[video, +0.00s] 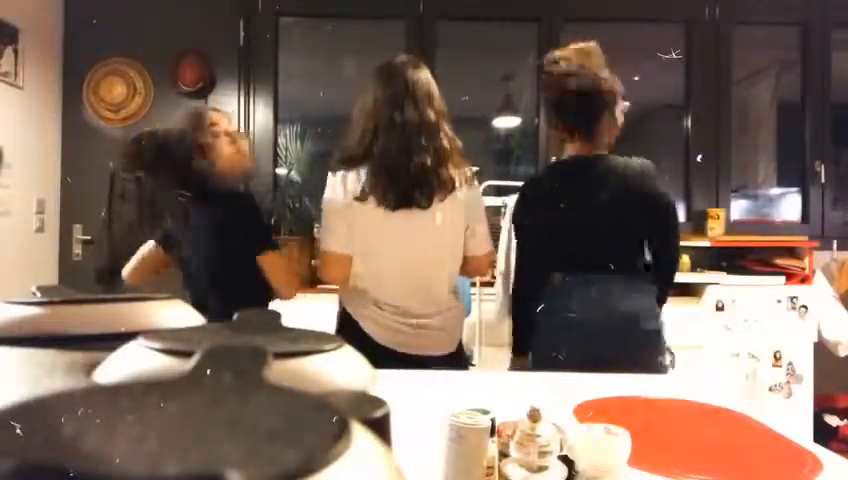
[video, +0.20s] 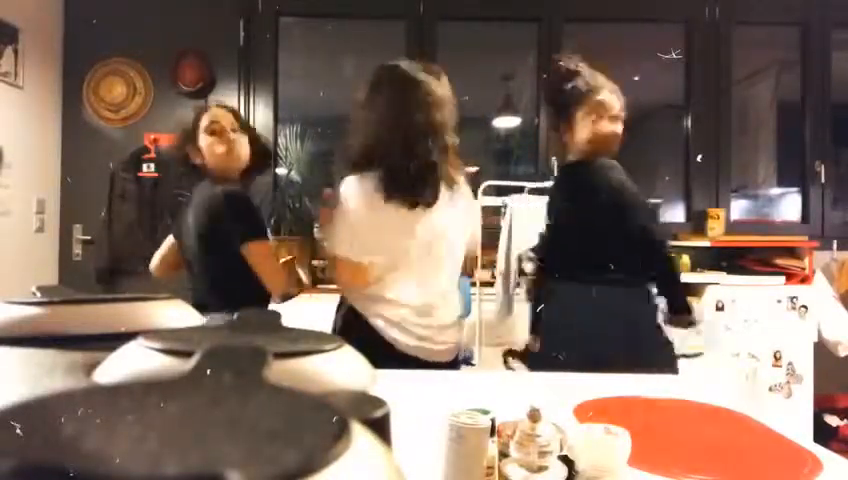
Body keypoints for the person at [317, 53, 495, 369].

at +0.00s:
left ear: (371, 113)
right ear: (435, 110)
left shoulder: (345, 185)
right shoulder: (461, 184)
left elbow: (334, 273)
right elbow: (480, 264)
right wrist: (432, 257)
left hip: (368, 347)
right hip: (440, 349)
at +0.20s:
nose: (359, 115)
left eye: (365, 107)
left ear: (376, 119)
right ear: (443, 119)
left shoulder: (357, 191)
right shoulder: (460, 192)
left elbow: (352, 277)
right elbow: (469, 262)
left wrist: (331, 227)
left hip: (373, 344)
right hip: (440, 350)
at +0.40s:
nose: (386, 102)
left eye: (397, 95)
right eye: (389, 94)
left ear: (422, 108)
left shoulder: (413, 165)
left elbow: (404, 253)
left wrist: (348, 209)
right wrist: (349, 204)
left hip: (393, 321)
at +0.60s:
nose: (406, 108)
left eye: (420, 102)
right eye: (399, 98)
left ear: (441, 114)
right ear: (390, 106)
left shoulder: (428, 169)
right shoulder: (403, 170)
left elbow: (430, 263)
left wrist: (369, 199)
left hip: (399, 318)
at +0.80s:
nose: (399, 113)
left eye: (412, 106)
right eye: (393, 103)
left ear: (434, 118)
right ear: (383, 109)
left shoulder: (428, 167)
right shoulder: (385, 166)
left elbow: (433, 256)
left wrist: (388, 180)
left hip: (411, 310)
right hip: (370, 303)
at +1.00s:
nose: (395, 112)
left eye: (408, 105)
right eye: (389, 102)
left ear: (430, 117)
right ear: (379, 110)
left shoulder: (420, 168)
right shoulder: (402, 168)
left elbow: (423, 257)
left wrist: (383, 182)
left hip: (403, 313)